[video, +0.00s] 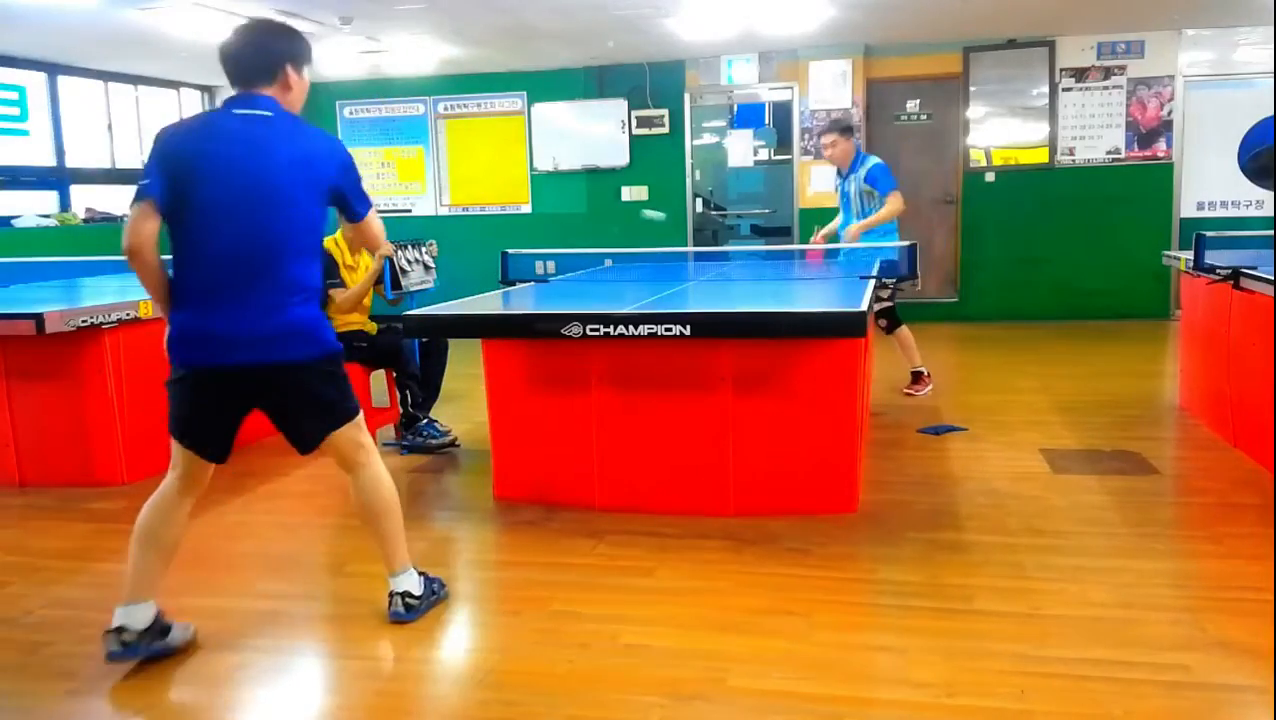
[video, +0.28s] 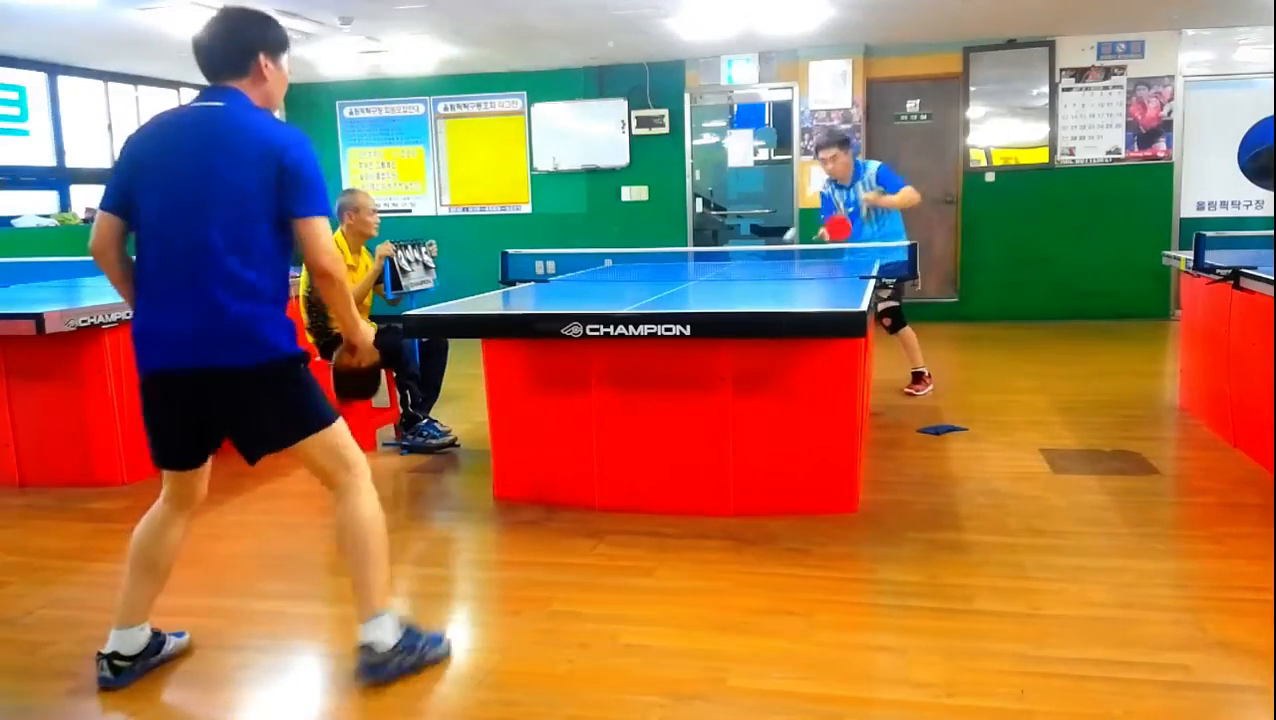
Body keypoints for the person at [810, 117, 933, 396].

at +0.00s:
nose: (827, 153)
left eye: (832, 146)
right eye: (824, 148)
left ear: (850, 142)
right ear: (825, 149)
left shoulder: (873, 167)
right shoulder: (841, 175)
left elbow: (896, 204)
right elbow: (847, 213)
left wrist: (860, 227)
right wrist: (827, 231)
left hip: (880, 259)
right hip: (851, 259)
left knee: (885, 315)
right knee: (847, 318)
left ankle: (919, 372)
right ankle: (846, 382)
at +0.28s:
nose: (828, 167)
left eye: (832, 159)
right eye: (823, 162)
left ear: (849, 153)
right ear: (820, 161)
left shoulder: (876, 171)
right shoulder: (829, 189)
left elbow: (913, 197)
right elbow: (830, 228)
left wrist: (881, 200)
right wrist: (828, 233)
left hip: (889, 257)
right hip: (853, 261)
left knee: (889, 314)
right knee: (847, 317)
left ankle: (920, 373)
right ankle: (847, 382)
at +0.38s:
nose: (835, 160)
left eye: (840, 152)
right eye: (830, 155)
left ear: (853, 148)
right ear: (826, 155)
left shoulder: (879, 161)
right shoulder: (828, 177)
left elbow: (917, 173)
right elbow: (821, 200)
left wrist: (914, 183)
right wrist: (818, 206)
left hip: (891, 249)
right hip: (855, 254)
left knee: (900, 309)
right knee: (851, 317)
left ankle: (920, 372)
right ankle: (849, 381)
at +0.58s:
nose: (831, 154)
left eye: (836, 147)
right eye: (825, 149)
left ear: (849, 143)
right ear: (820, 150)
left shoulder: (866, 158)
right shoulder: (819, 176)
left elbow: (886, 174)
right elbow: (830, 216)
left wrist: (909, 194)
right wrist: (840, 202)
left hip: (878, 248)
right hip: (841, 254)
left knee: (894, 306)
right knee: (842, 313)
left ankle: (916, 369)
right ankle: (843, 377)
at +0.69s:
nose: (820, 163)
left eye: (825, 156)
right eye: (815, 157)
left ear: (840, 153)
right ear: (810, 157)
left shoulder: (856, 166)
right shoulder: (808, 185)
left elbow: (883, 179)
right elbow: (811, 224)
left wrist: (909, 195)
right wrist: (826, 216)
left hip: (866, 257)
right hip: (829, 264)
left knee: (887, 309)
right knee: (831, 321)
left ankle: (912, 367)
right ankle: (834, 379)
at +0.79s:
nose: (808, 159)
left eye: (813, 152)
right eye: (803, 154)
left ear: (828, 149)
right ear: (798, 154)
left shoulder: (847, 166)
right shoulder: (795, 179)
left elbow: (890, 171)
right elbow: (783, 215)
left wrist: (901, 185)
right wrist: (790, 223)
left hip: (854, 254)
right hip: (816, 259)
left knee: (875, 306)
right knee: (817, 314)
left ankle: (890, 363)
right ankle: (821, 369)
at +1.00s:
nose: (797, 158)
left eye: (802, 151)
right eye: (792, 152)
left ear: (818, 148)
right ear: (789, 154)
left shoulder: (839, 171)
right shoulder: (794, 181)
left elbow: (864, 200)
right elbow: (795, 213)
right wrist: (789, 233)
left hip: (846, 257)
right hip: (813, 258)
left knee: (864, 309)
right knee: (814, 311)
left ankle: (885, 360)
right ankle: (818, 365)